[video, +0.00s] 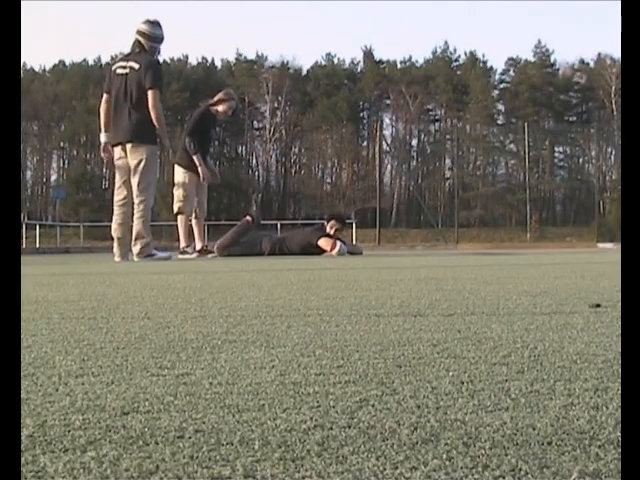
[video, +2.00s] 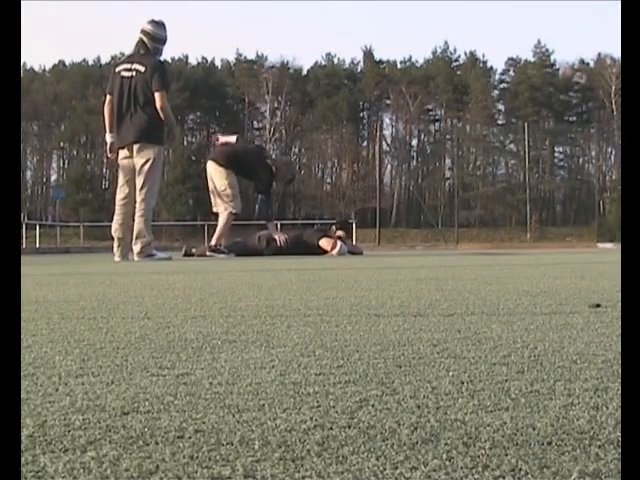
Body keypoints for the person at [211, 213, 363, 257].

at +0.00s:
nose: (335, 233)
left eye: (338, 231)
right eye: (334, 229)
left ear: (339, 230)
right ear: (327, 225)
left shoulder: (328, 235)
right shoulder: (318, 235)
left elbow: (357, 250)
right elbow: (336, 248)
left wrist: (341, 247)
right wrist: (345, 247)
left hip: (269, 241)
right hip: (265, 245)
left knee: (224, 246)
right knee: (221, 250)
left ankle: (204, 248)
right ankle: (246, 222)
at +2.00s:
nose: (339, 243)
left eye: (341, 241)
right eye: (340, 240)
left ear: (334, 234)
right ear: (335, 236)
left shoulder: (323, 238)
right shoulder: (320, 236)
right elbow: (334, 249)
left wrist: (345, 246)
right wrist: (350, 248)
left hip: (272, 241)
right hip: (271, 242)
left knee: (234, 247)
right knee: (233, 248)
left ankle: (198, 251)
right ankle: (197, 252)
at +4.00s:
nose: (338, 242)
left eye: (341, 240)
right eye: (340, 239)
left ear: (338, 238)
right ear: (336, 236)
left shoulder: (326, 241)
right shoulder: (323, 238)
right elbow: (331, 247)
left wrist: (346, 247)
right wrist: (340, 248)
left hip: (275, 245)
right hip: (274, 245)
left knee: (235, 246)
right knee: (235, 247)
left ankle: (200, 251)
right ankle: (201, 251)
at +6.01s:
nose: (340, 239)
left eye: (343, 239)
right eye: (339, 236)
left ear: (342, 242)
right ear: (334, 233)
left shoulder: (325, 243)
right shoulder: (318, 235)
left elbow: (357, 250)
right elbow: (283, 226)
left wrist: (350, 249)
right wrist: (291, 247)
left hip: (271, 244)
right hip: (266, 241)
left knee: (233, 244)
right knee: (220, 250)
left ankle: (199, 235)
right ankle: (236, 217)